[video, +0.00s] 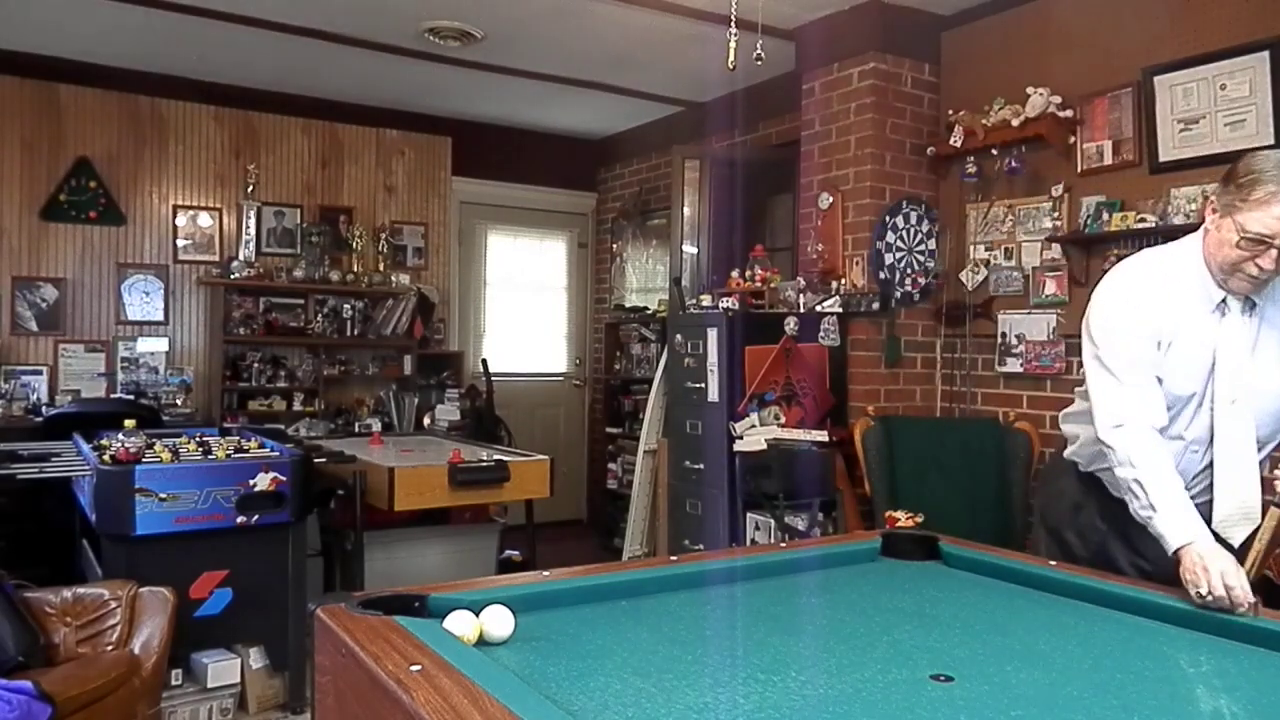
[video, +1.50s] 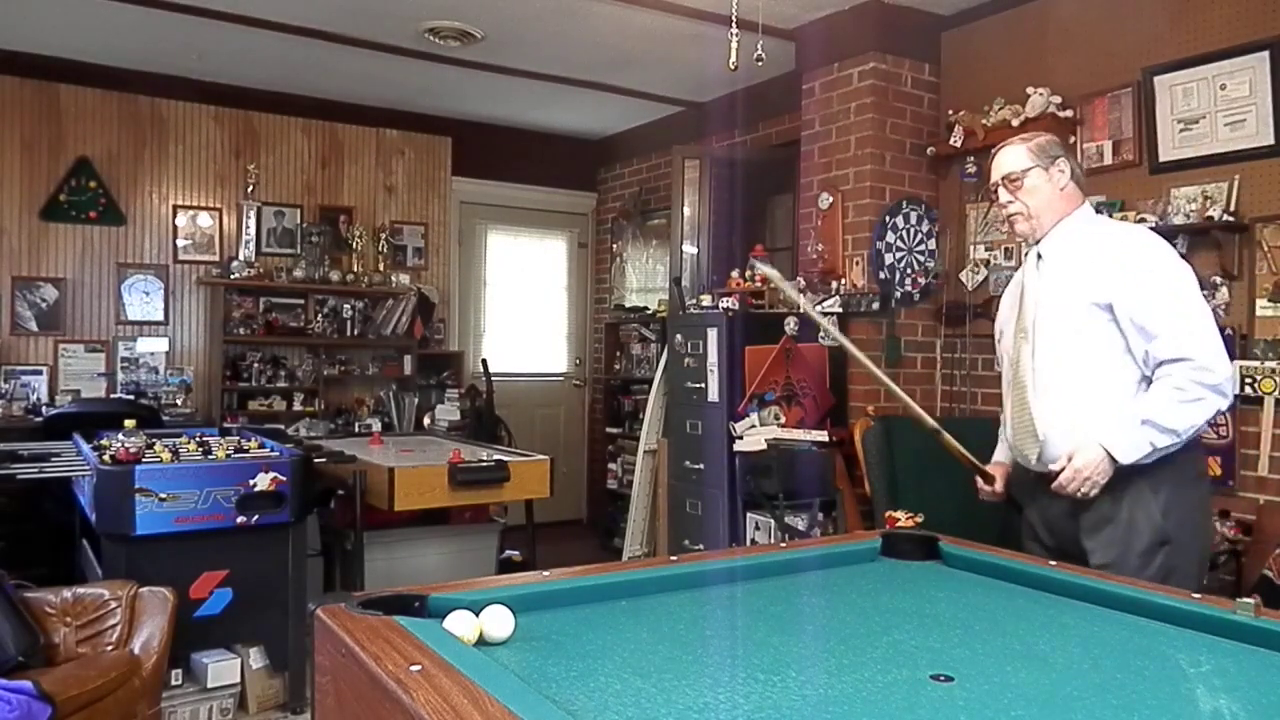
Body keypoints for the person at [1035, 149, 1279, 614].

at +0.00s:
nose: (1268, 263)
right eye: (1255, 241)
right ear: (1212, 214)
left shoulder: (1271, 300)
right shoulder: (1131, 291)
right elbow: (1129, 433)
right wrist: (1191, 544)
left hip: (1208, 518)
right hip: (1099, 510)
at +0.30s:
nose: (1265, 237)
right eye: (1253, 212)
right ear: (1216, 193)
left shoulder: (1273, 290)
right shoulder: (1129, 274)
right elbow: (1064, 404)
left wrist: (1270, 463)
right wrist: (1134, 499)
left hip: (1227, 533)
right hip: (1103, 522)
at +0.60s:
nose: (1178, 203)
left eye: (1202, 188)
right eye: (1166, 185)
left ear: (1248, 188)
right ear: (1150, 182)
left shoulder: (1270, 278)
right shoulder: (1094, 269)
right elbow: (1033, 383)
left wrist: (1245, 442)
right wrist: (1051, 482)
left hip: (1213, 530)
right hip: (1094, 518)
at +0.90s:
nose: (1084, 195)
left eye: (1100, 177)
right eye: (1073, 184)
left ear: (1149, 171)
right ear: (1065, 190)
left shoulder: (1217, 265)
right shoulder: (1052, 284)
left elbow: (1270, 389)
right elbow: (1020, 394)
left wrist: (1159, 404)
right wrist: (1016, 474)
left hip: (1189, 519)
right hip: (1080, 513)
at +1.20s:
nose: (1021, 203)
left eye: (1033, 183)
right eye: (1012, 194)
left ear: (1081, 174)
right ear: (1010, 204)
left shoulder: (1154, 253)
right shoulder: (1024, 296)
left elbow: (1215, 371)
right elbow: (1013, 398)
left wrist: (1100, 417)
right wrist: (1011, 467)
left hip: (1163, 501)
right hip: (1061, 504)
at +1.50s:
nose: (1002, 200)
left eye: (1013, 181)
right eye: (995, 190)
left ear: (1059, 175)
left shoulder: (1131, 250)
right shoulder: (1018, 286)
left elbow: (1203, 372)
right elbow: (1024, 383)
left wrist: (1111, 447)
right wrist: (1004, 453)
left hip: (1138, 498)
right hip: (1045, 501)